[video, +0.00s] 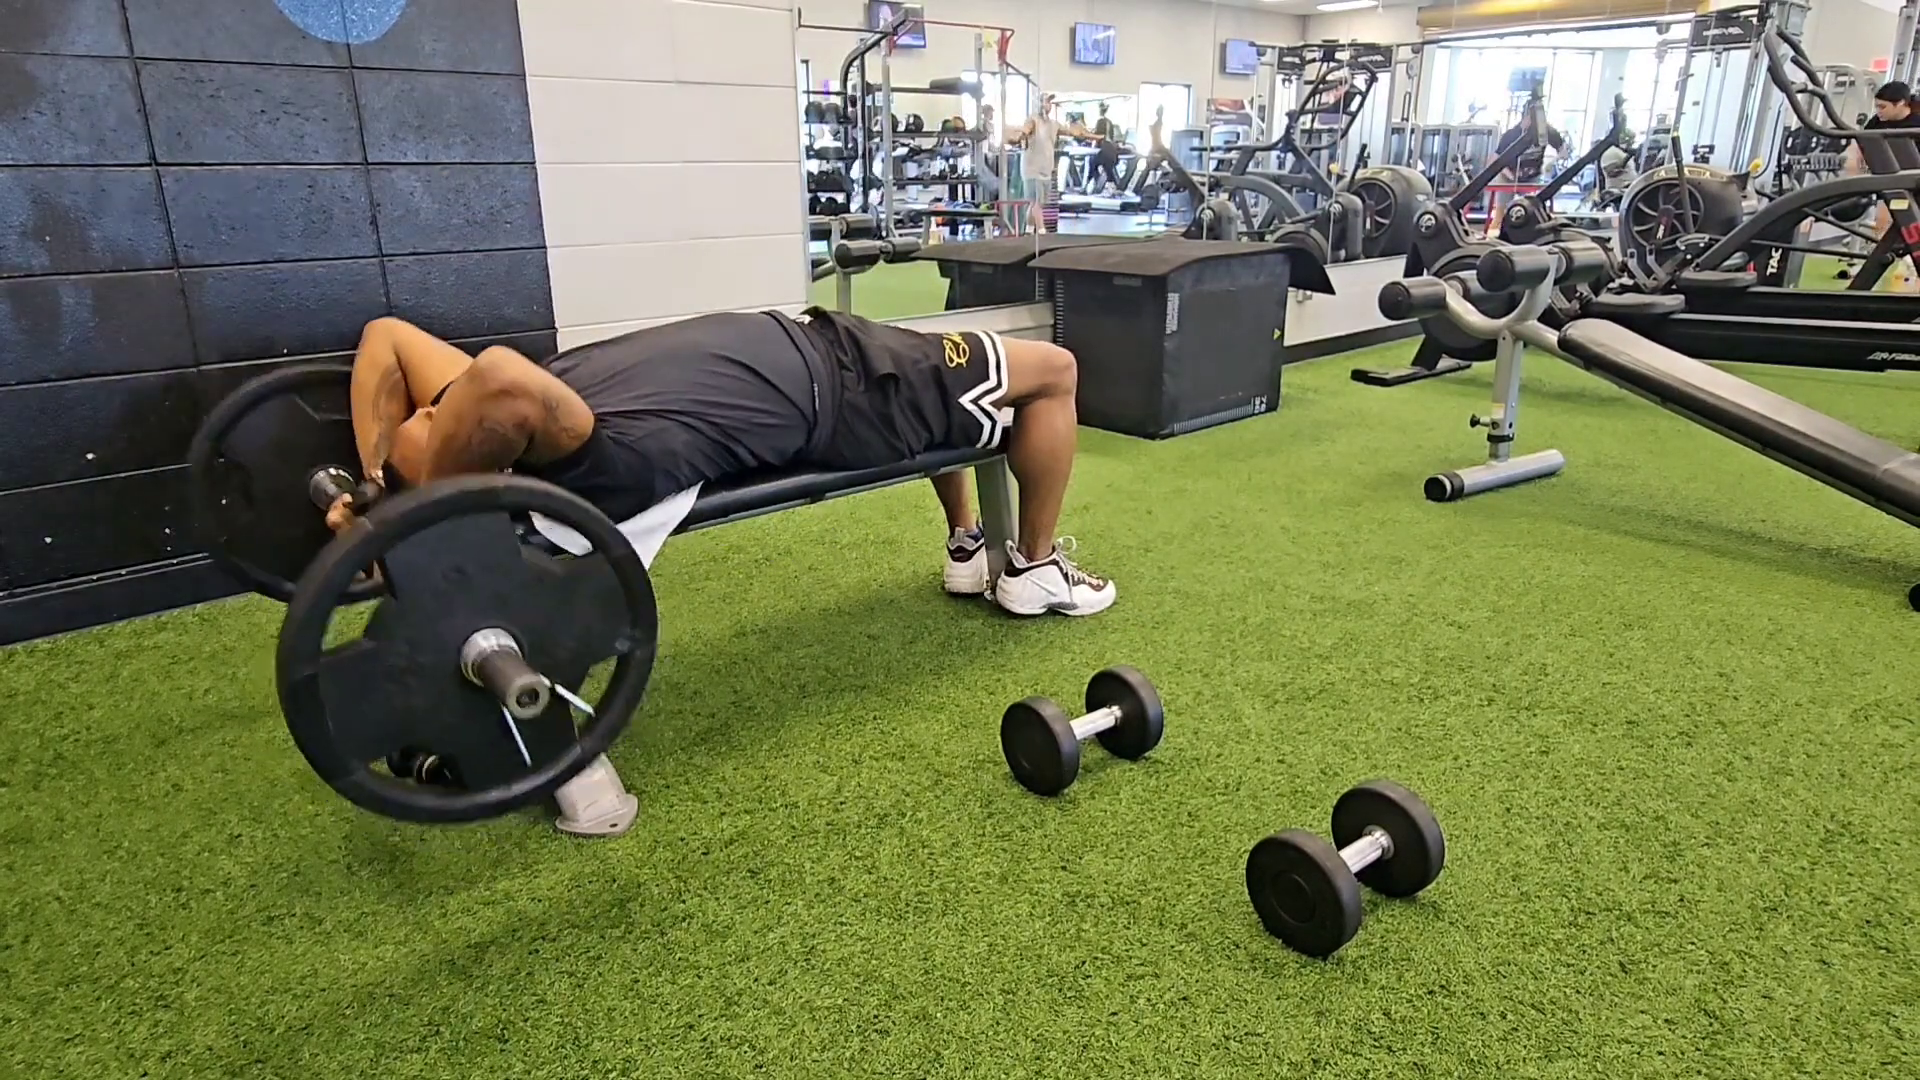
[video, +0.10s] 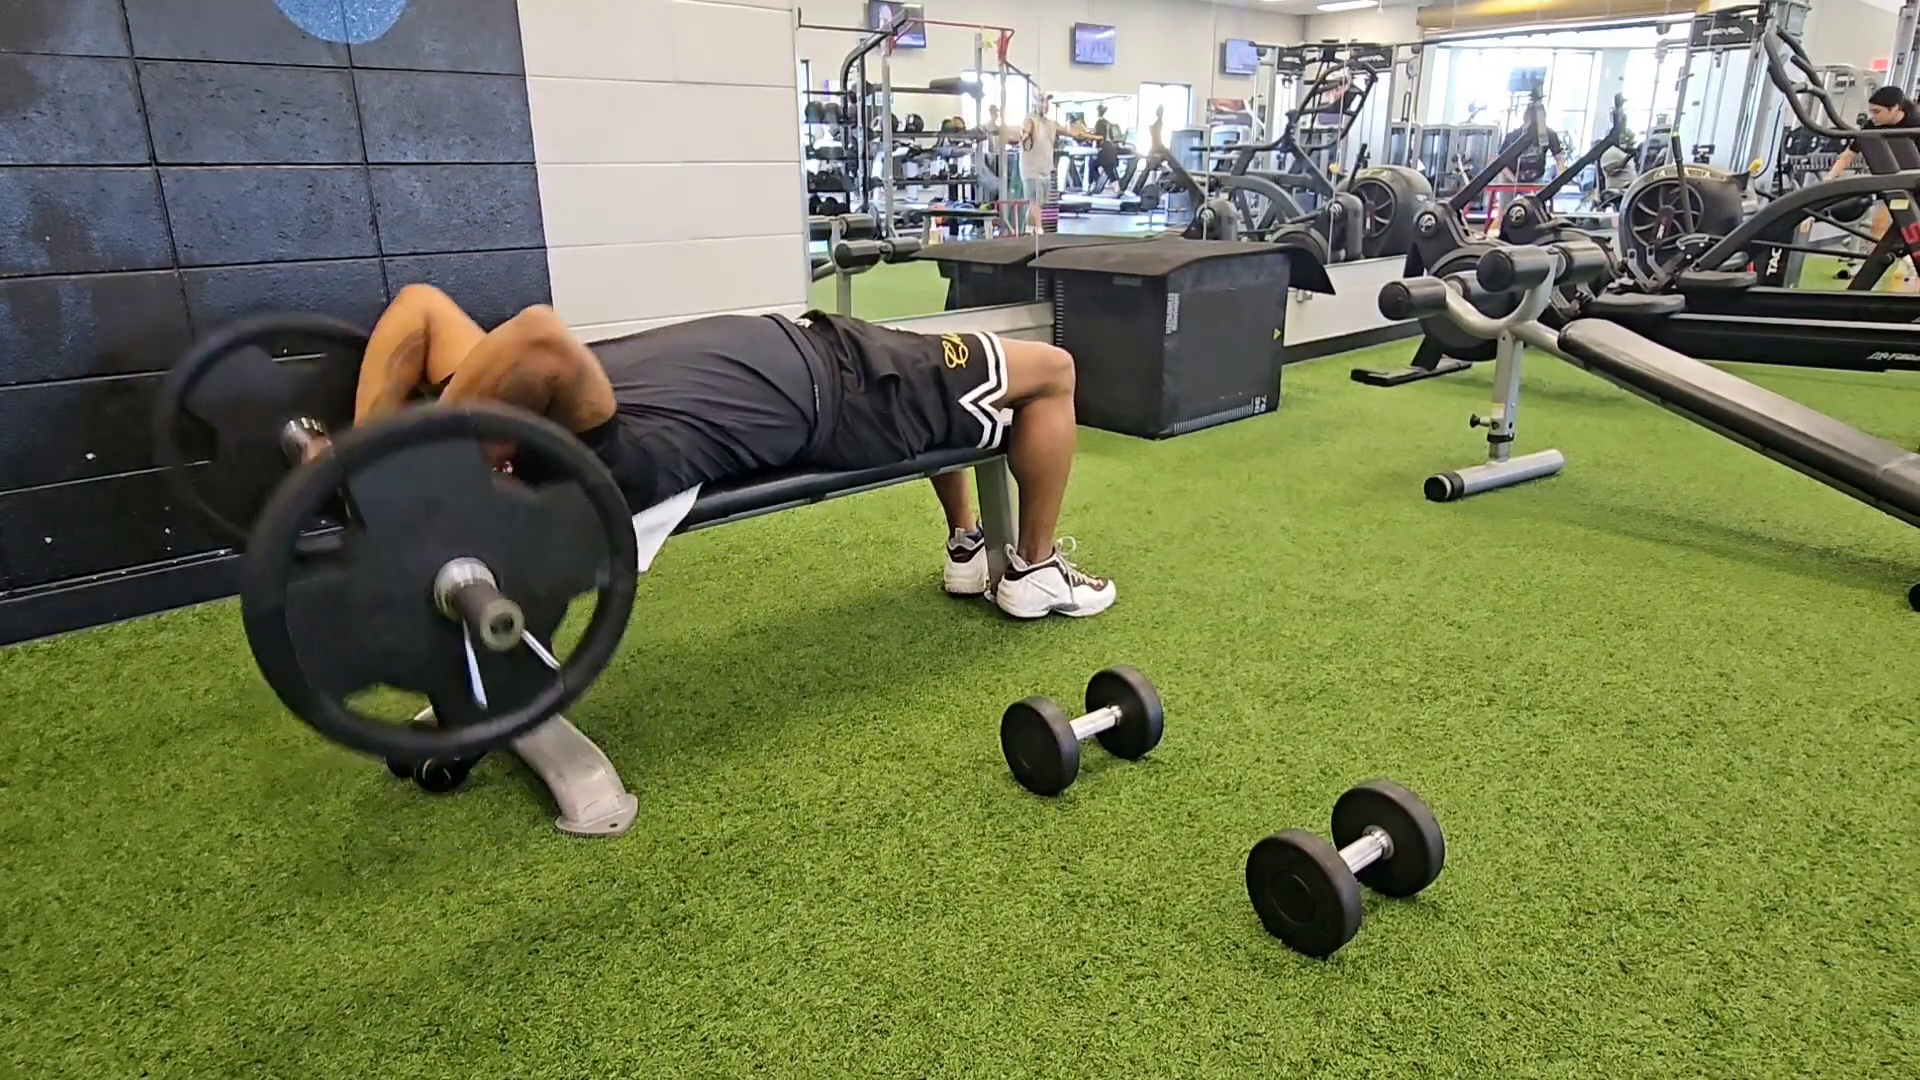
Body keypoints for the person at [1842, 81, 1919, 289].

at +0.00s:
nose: (1877, 112)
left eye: (1882, 107)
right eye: (1877, 107)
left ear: (1901, 104)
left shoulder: (1916, 124)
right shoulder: (1876, 123)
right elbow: (1856, 148)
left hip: (1914, 187)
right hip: (1888, 185)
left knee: (1911, 229)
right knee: (1883, 228)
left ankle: (1908, 270)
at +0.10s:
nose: (1872, 117)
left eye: (1876, 111)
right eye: (1871, 112)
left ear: (1896, 109)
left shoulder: (1914, 128)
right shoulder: (1871, 129)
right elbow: (1848, 156)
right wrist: (1831, 178)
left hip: (1914, 190)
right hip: (1888, 191)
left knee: (1911, 236)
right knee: (1878, 230)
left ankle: (1909, 272)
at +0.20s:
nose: (1867, 124)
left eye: (1871, 118)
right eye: (1865, 119)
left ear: (1890, 116)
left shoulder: (1912, 131)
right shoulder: (1868, 132)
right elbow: (1846, 158)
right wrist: (1826, 183)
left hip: (1913, 189)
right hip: (1886, 188)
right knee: (1878, 225)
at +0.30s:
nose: (1864, 129)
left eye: (1869, 125)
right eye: (1862, 125)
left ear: (1888, 122)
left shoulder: (1907, 139)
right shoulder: (1864, 137)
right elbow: (1840, 168)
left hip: (1912, 191)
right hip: (1885, 190)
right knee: (1877, 228)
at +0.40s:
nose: (1865, 131)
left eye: (1869, 127)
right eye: (1863, 127)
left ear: (1887, 124)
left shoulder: (1908, 136)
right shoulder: (1865, 138)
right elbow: (1841, 167)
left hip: (1913, 191)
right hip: (1885, 191)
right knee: (1876, 231)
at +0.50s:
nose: (1865, 132)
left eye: (1870, 127)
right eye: (1862, 127)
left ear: (1890, 123)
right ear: (1859, 124)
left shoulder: (1909, 139)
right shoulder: (1865, 140)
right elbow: (1836, 174)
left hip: (1914, 196)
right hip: (1885, 194)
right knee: (1875, 235)